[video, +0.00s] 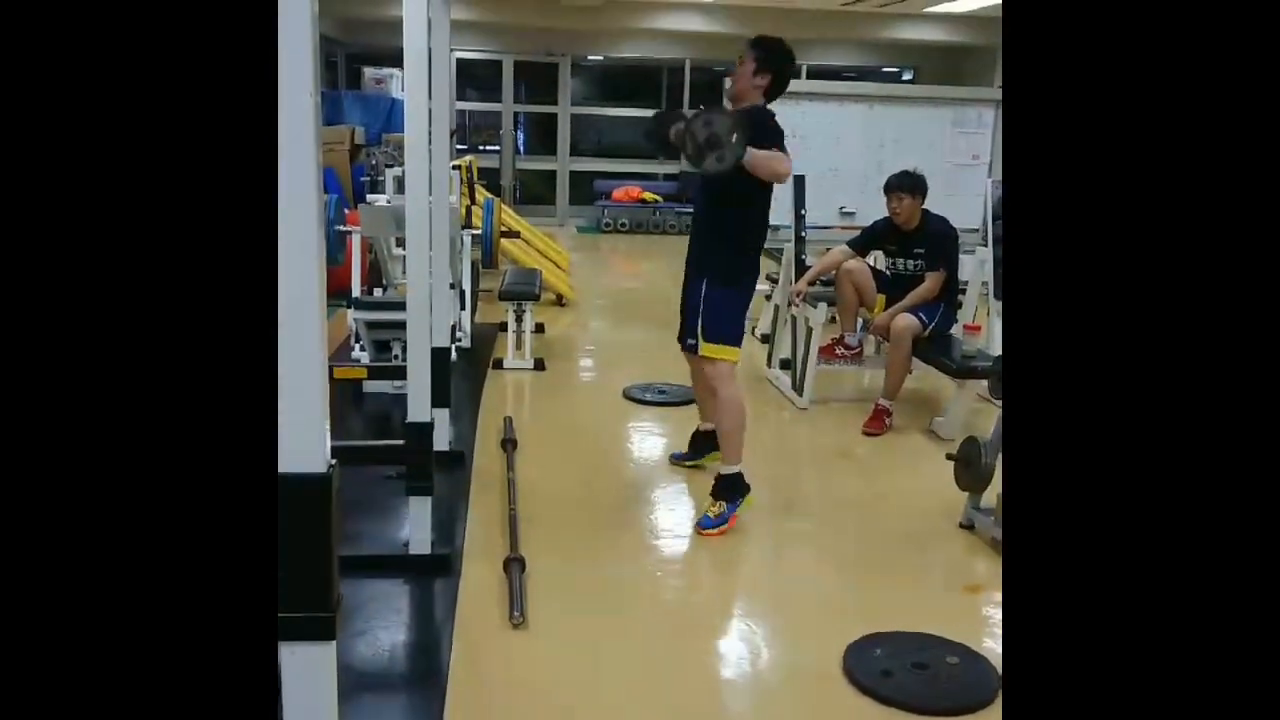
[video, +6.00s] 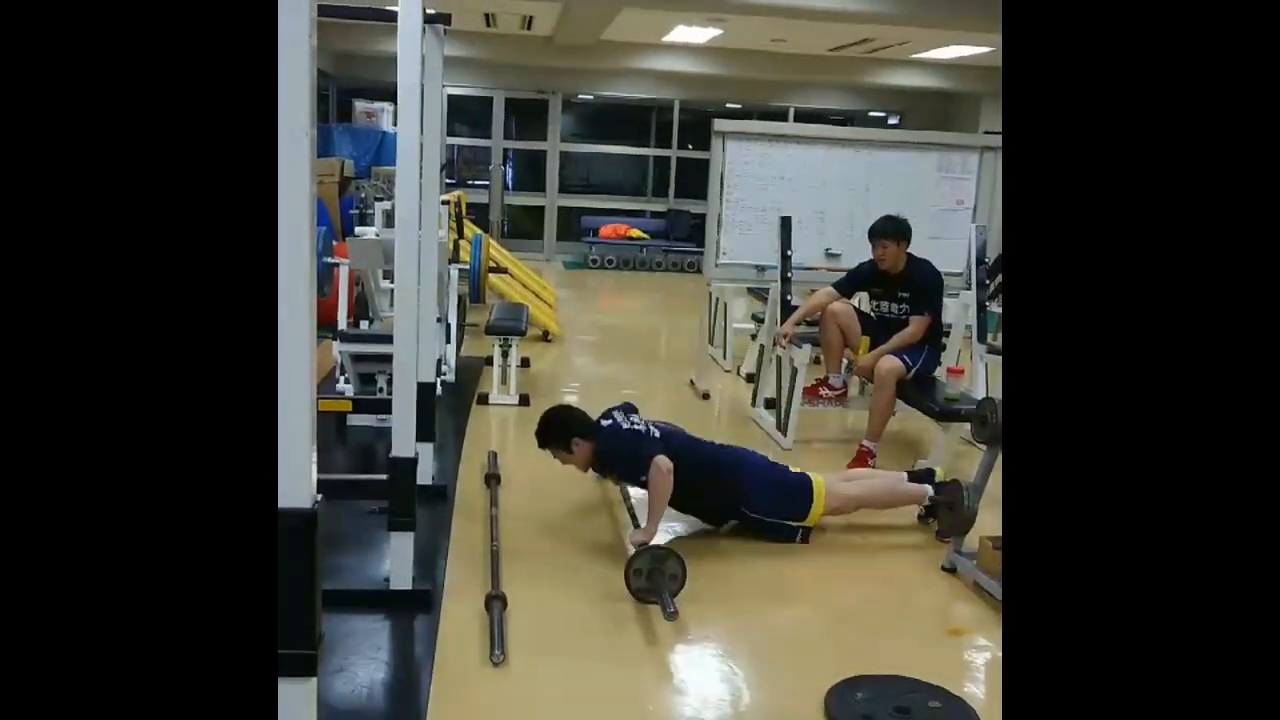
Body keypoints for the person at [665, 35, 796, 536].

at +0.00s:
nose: (731, 72)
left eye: (740, 67)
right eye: (736, 65)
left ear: (762, 78)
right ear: (754, 77)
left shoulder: (763, 123)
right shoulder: (731, 121)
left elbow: (781, 169)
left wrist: (730, 147)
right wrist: (688, 136)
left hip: (731, 263)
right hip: (704, 257)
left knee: (718, 367)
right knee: (694, 350)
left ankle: (733, 481)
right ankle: (709, 431)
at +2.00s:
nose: (562, 408)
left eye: (561, 401)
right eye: (557, 402)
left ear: (577, 389)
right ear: (576, 385)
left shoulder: (616, 399)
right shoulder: (600, 394)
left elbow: (661, 428)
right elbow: (647, 418)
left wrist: (647, 489)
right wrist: (636, 459)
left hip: (730, 465)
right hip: (727, 445)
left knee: (828, 477)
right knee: (822, 453)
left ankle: (931, 461)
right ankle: (914, 439)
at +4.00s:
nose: (713, 118)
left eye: (724, 111)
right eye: (714, 112)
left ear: (743, 127)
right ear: (716, 125)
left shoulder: (739, 173)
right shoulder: (711, 167)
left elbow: (737, 100)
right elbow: (710, 104)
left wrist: (744, 36)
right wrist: (706, 58)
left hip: (709, 311)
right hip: (683, 306)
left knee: (704, 421)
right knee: (676, 399)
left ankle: (736, 532)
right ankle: (701, 478)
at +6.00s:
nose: (564, 464)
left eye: (561, 457)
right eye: (558, 458)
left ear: (576, 446)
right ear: (579, 433)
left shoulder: (616, 445)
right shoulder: (608, 427)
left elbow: (663, 468)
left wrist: (649, 531)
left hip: (743, 486)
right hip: (736, 471)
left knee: (837, 498)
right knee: (830, 486)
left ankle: (935, 494)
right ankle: (916, 479)